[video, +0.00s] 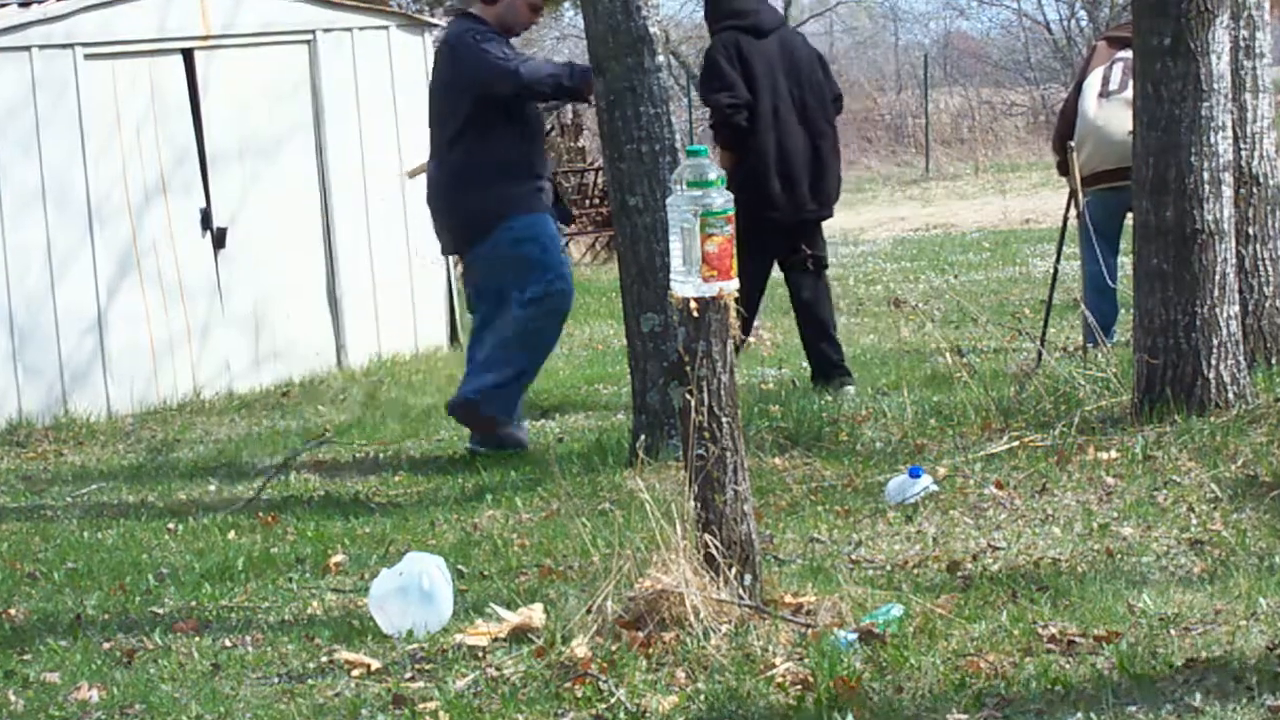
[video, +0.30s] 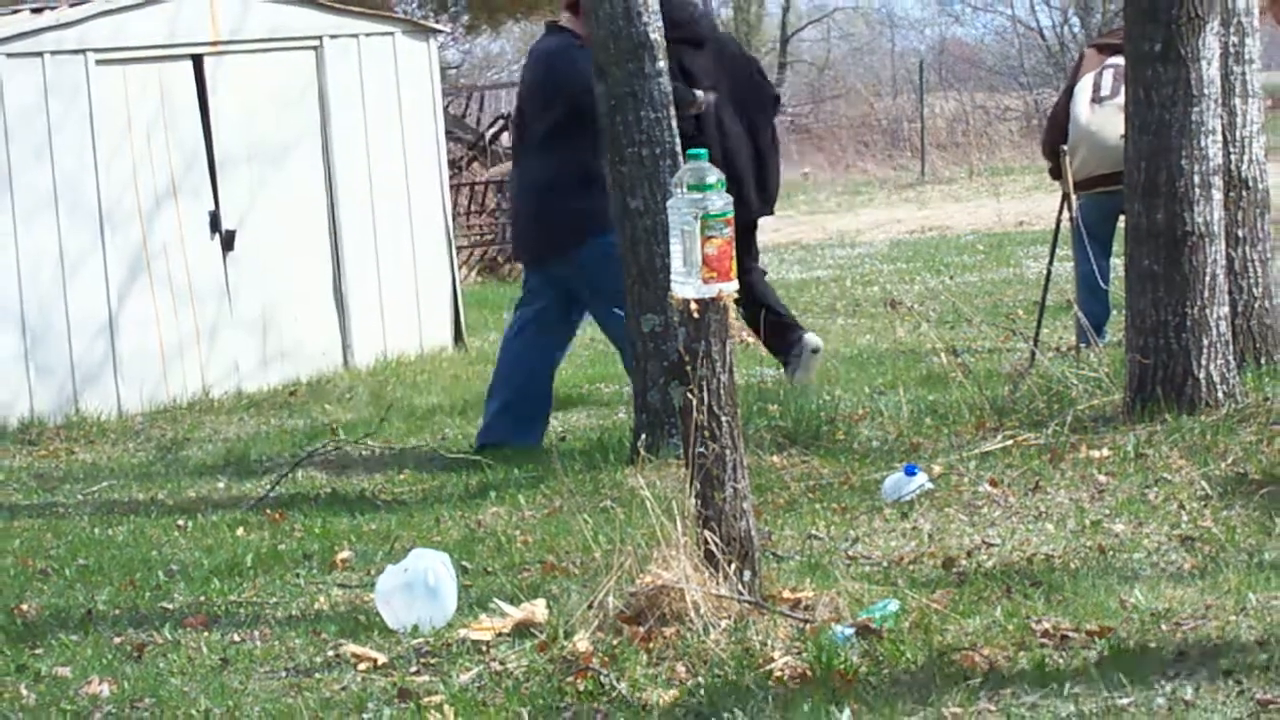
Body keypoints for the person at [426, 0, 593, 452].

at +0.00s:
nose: (535, 17)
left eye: (538, 10)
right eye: (531, 6)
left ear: (492, 4)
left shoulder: (471, 40)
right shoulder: (473, 40)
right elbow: (516, 76)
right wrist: (587, 79)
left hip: (481, 200)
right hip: (499, 196)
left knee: (495, 308)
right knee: (548, 290)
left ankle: (493, 427)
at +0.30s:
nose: (611, 24)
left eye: (611, 17)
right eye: (606, 14)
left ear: (567, 11)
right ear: (583, 12)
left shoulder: (547, 56)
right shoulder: (575, 60)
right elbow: (623, 108)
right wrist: (685, 101)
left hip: (549, 225)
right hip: (584, 222)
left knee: (538, 330)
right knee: (644, 320)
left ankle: (506, 436)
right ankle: (678, 422)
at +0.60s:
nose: (722, 11)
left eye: (723, 5)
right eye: (720, 3)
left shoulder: (665, 30)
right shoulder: (676, 35)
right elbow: (727, 92)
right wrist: (751, 124)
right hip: (686, 198)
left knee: (685, 296)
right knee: (684, 296)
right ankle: (615, 374)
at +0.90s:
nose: (811, 12)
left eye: (813, 6)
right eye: (809, 4)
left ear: (771, 1)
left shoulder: (719, 33)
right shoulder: (766, 38)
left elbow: (683, 95)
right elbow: (806, 100)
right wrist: (843, 146)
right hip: (761, 207)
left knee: (804, 307)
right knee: (734, 323)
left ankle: (865, 387)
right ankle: (700, 414)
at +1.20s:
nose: (894, 6)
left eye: (894, 2)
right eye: (893, 0)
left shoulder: (806, 28)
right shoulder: (853, 21)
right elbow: (882, 97)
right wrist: (925, 145)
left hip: (819, 179)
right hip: (860, 176)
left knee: (868, 284)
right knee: (877, 278)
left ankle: (879, 401)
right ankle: (790, 365)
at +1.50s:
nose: (973, 6)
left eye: (975, 3)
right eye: (974, 2)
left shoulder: (892, 20)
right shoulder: (933, 18)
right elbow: (957, 90)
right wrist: (1001, 139)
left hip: (894, 186)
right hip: (939, 182)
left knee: (895, 299)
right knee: (987, 285)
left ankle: (882, 402)